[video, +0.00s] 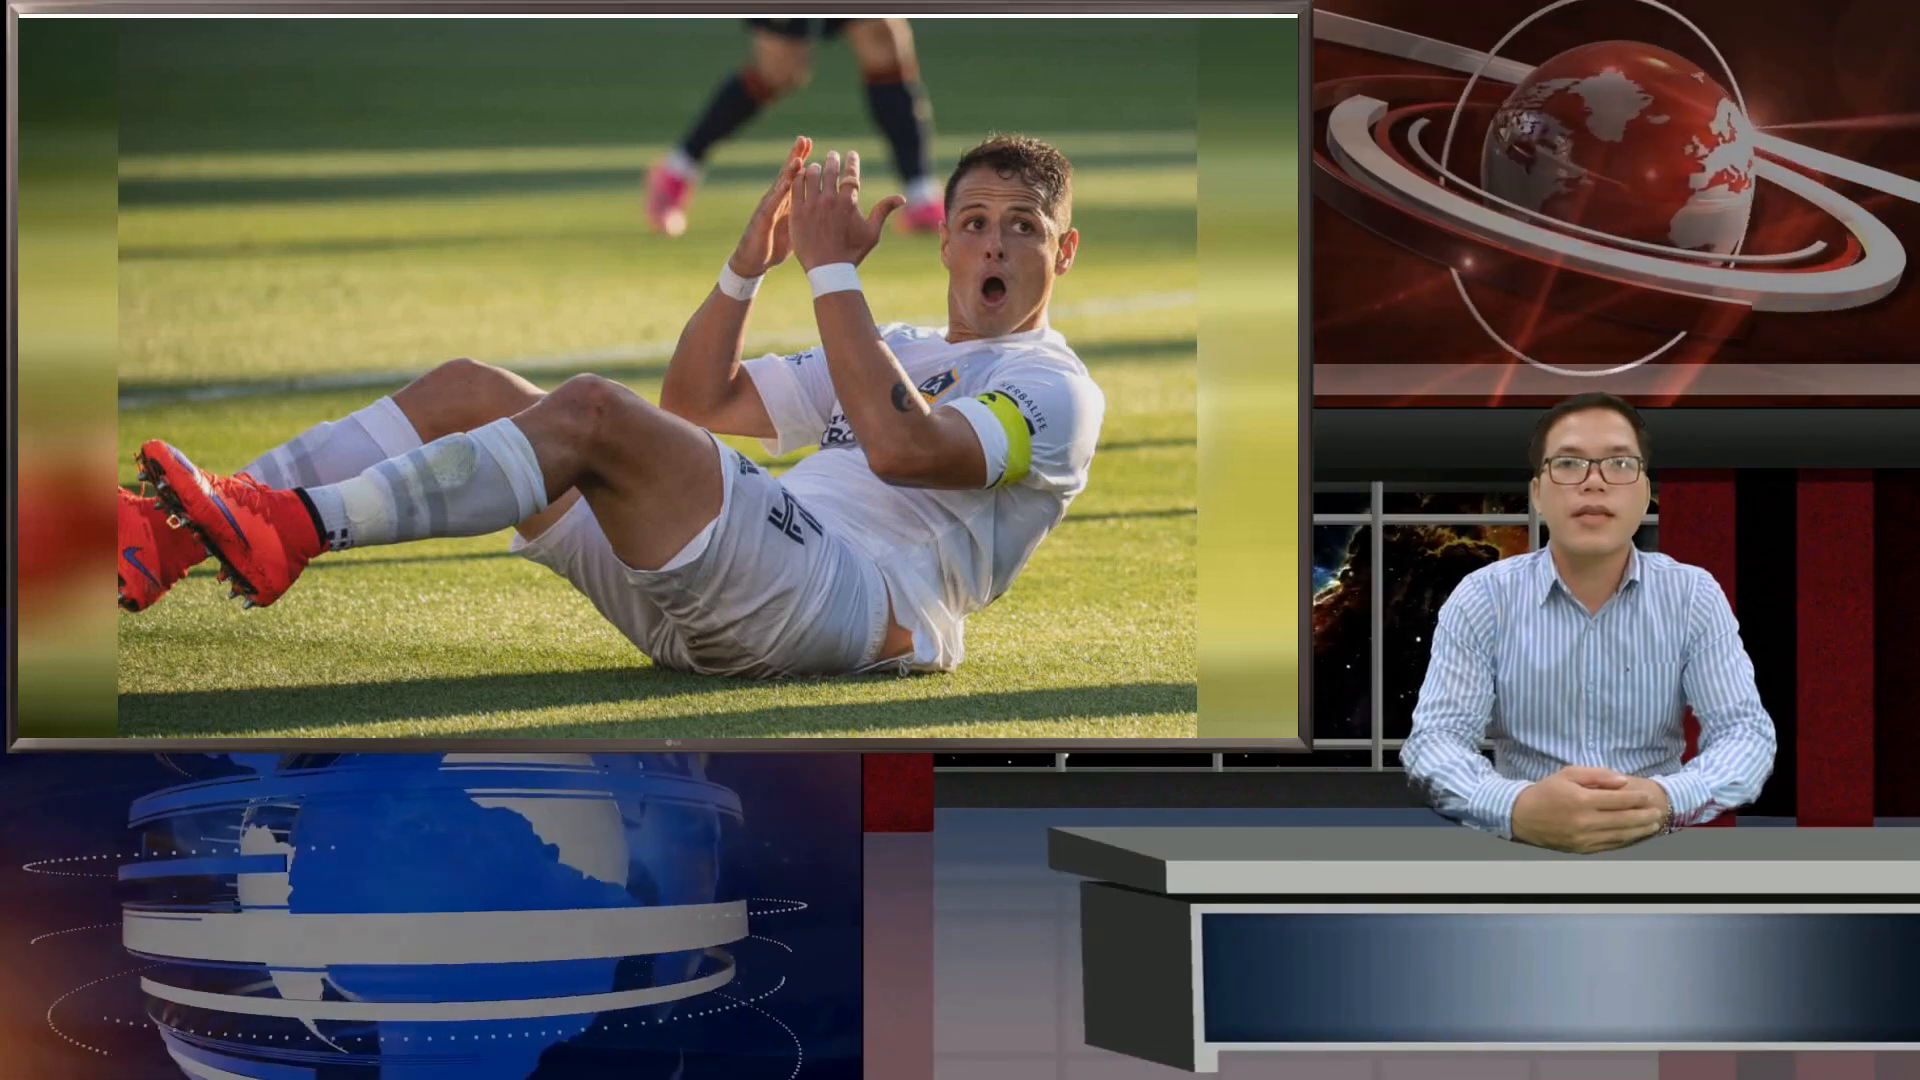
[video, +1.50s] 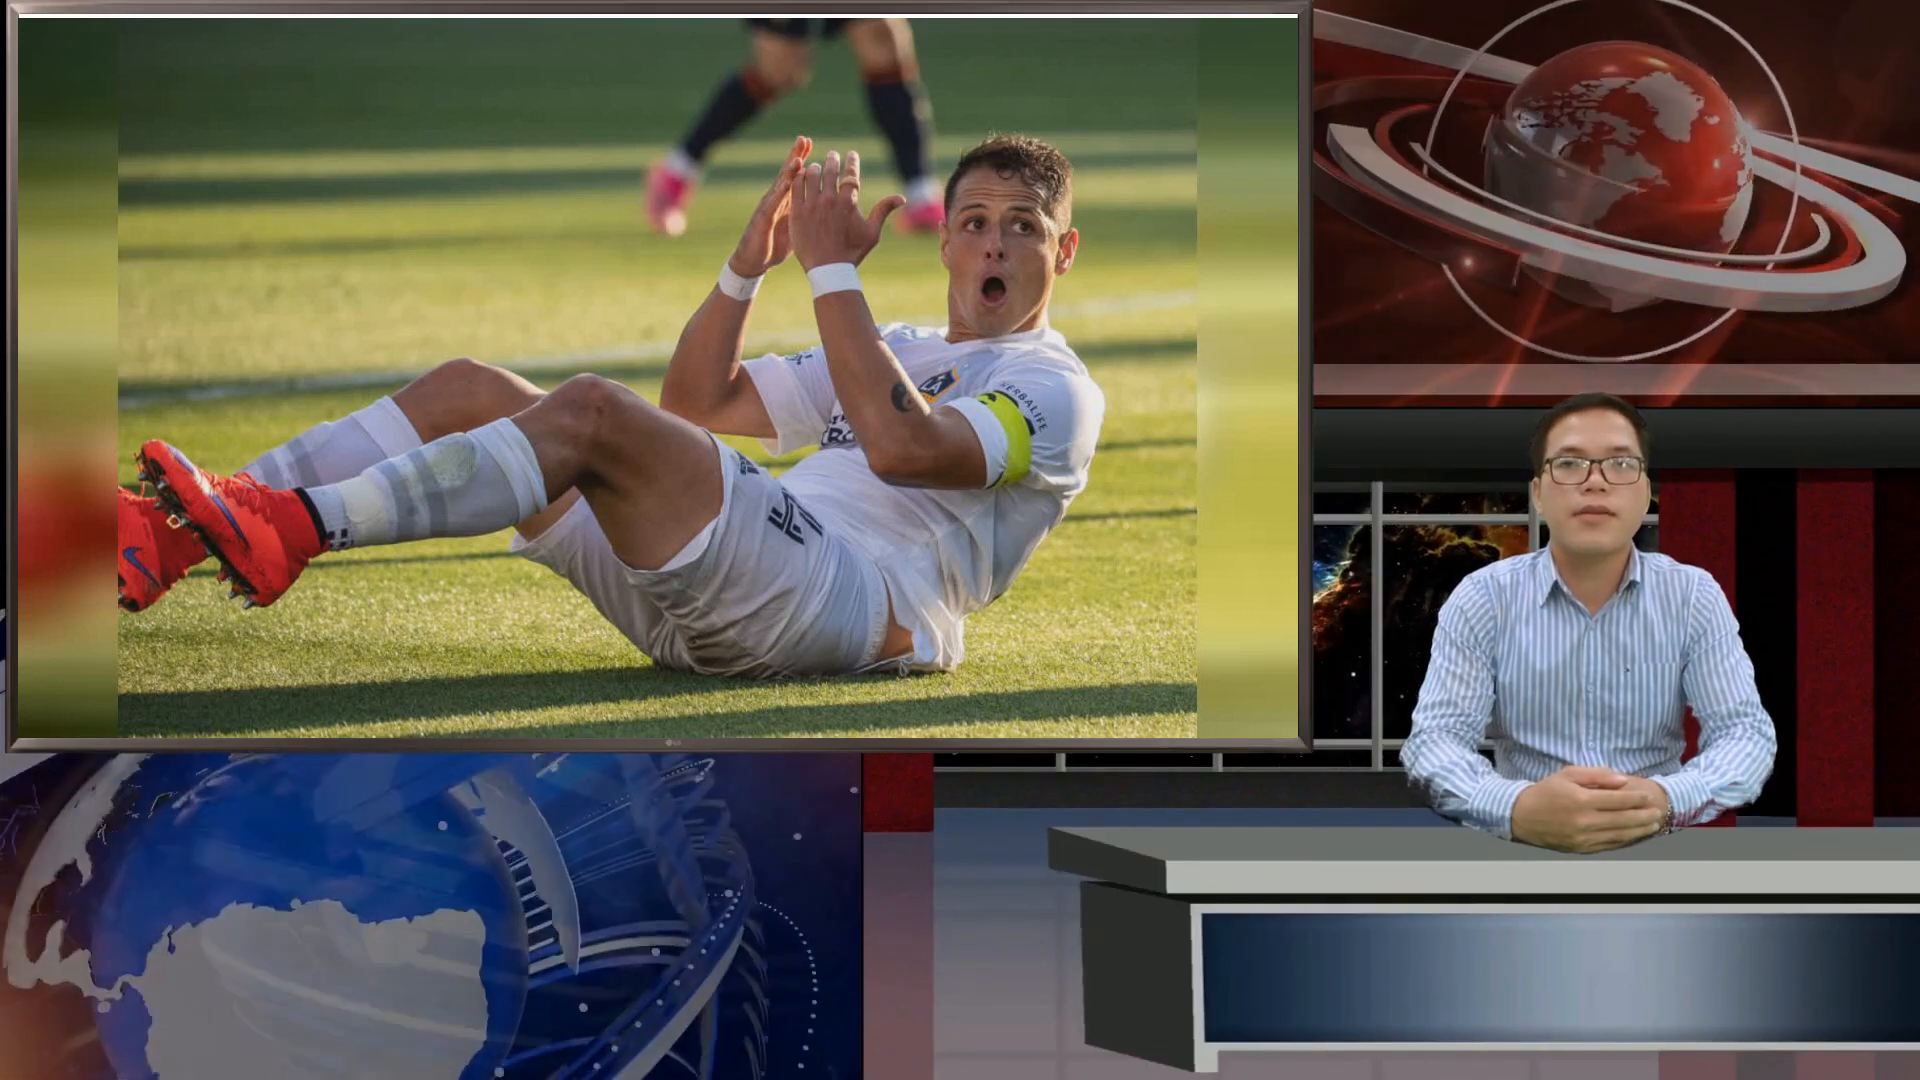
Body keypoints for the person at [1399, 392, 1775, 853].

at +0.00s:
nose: (1594, 482)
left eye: (1618, 464)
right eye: (1568, 463)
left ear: (1645, 494)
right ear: (1538, 494)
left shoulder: (1690, 598)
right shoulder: (1484, 600)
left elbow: (1744, 735)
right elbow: (1432, 745)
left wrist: (1667, 799)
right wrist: (1515, 809)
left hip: (1655, 850)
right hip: (1518, 853)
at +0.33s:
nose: (1594, 482)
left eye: (1618, 464)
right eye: (1568, 464)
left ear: (1645, 494)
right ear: (1538, 495)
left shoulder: (1690, 598)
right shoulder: (1484, 601)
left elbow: (1744, 735)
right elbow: (1432, 745)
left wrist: (1667, 799)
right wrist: (1515, 809)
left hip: (1655, 849)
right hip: (1518, 853)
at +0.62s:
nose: (1594, 483)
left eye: (1618, 464)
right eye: (1569, 464)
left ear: (1645, 494)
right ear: (1538, 495)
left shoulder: (1690, 598)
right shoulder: (1484, 601)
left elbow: (1744, 735)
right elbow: (1433, 745)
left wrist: (1667, 800)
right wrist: (1514, 809)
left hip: (1656, 853)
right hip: (1520, 856)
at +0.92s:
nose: (1594, 483)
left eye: (1618, 464)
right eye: (1568, 464)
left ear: (1645, 494)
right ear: (1538, 495)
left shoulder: (1690, 598)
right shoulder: (1484, 601)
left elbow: (1745, 735)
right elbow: (1432, 746)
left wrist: (1667, 800)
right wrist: (1514, 809)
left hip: (1656, 853)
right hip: (1520, 856)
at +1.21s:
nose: (1594, 482)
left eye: (1618, 464)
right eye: (1568, 463)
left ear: (1645, 494)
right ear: (1538, 495)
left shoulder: (1690, 598)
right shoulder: (1484, 601)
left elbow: (1745, 735)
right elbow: (1432, 745)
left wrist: (1667, 800)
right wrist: (1514, 809)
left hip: (1656, 853)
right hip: (1520, 856)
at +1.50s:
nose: (1595, 482)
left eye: (1619, 464)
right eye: (1569, 464)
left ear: (1646, 495)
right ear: (1538, 495)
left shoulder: (1690, 598)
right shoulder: (1484, 601)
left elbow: (1744, 735)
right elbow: (1432, 745)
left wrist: (1667, 800)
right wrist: (1515, 809)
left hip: (1656, 852)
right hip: (1519, 855)